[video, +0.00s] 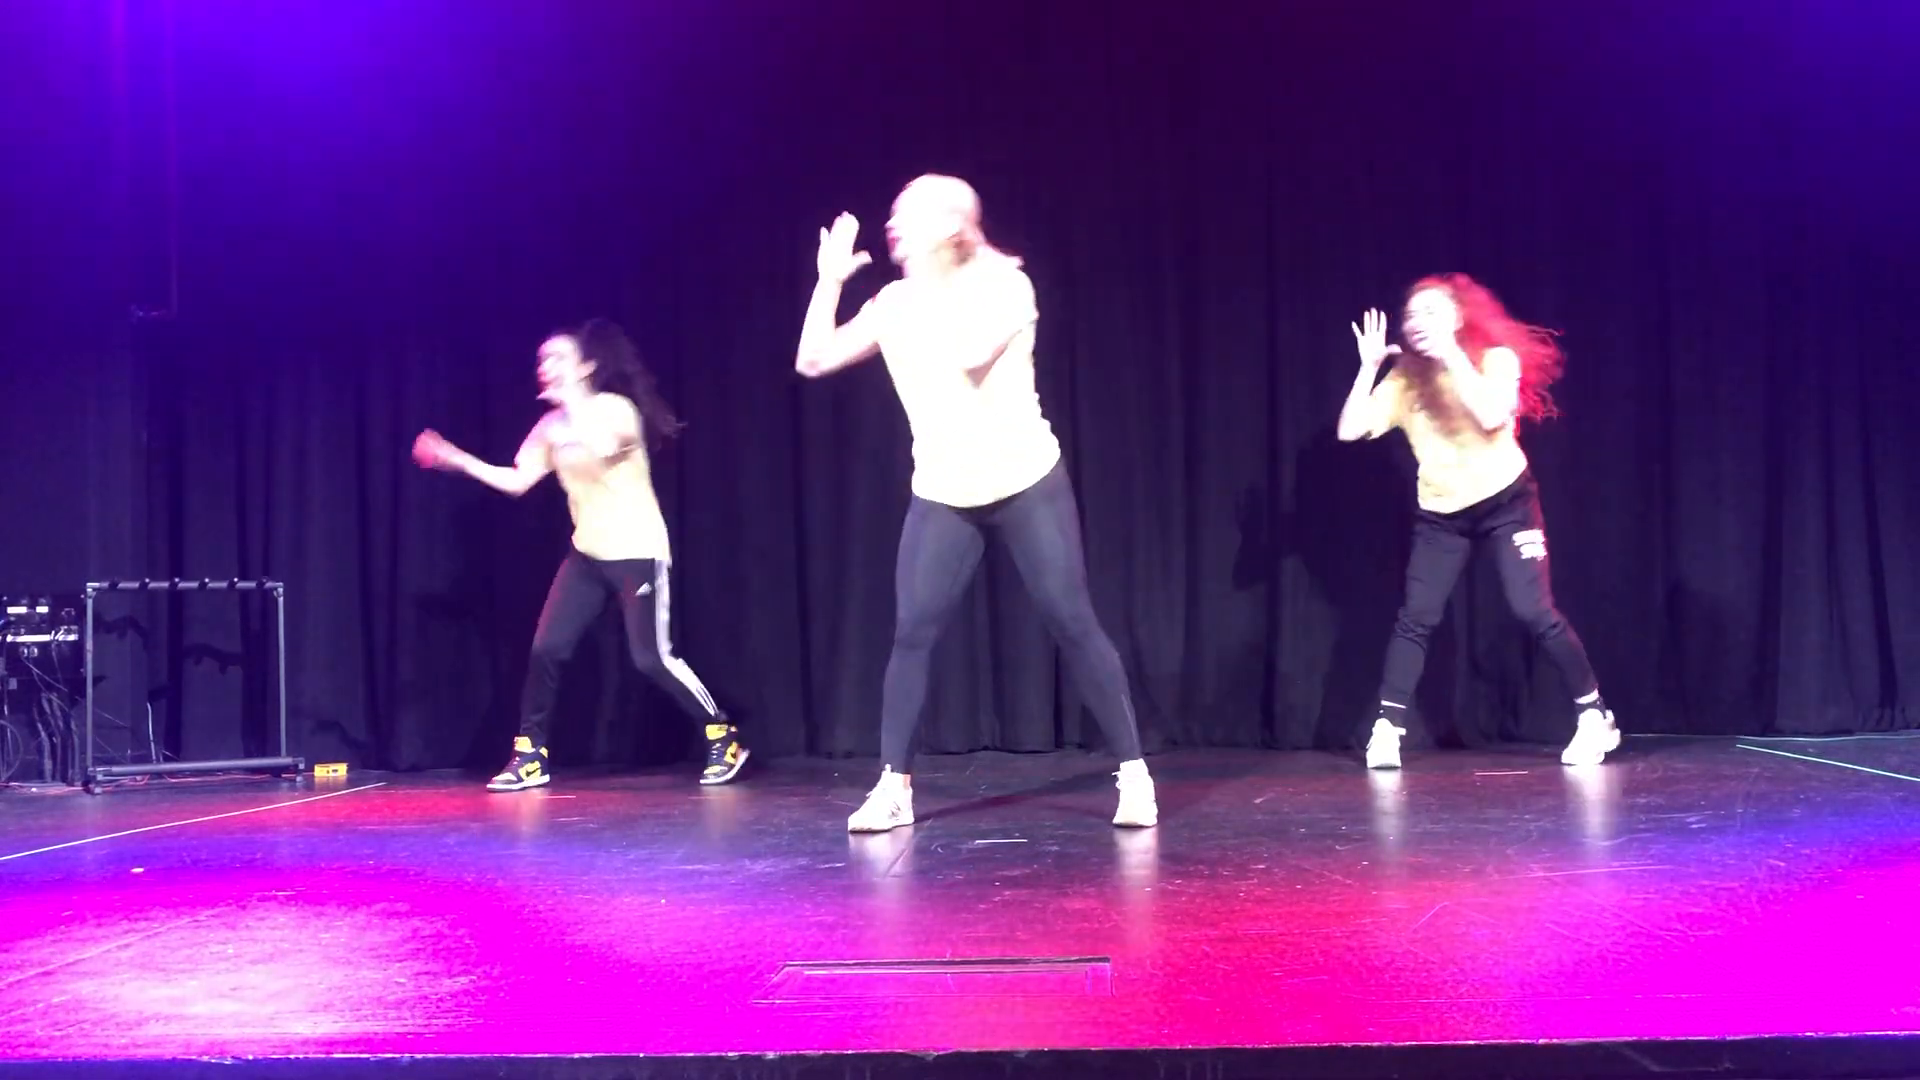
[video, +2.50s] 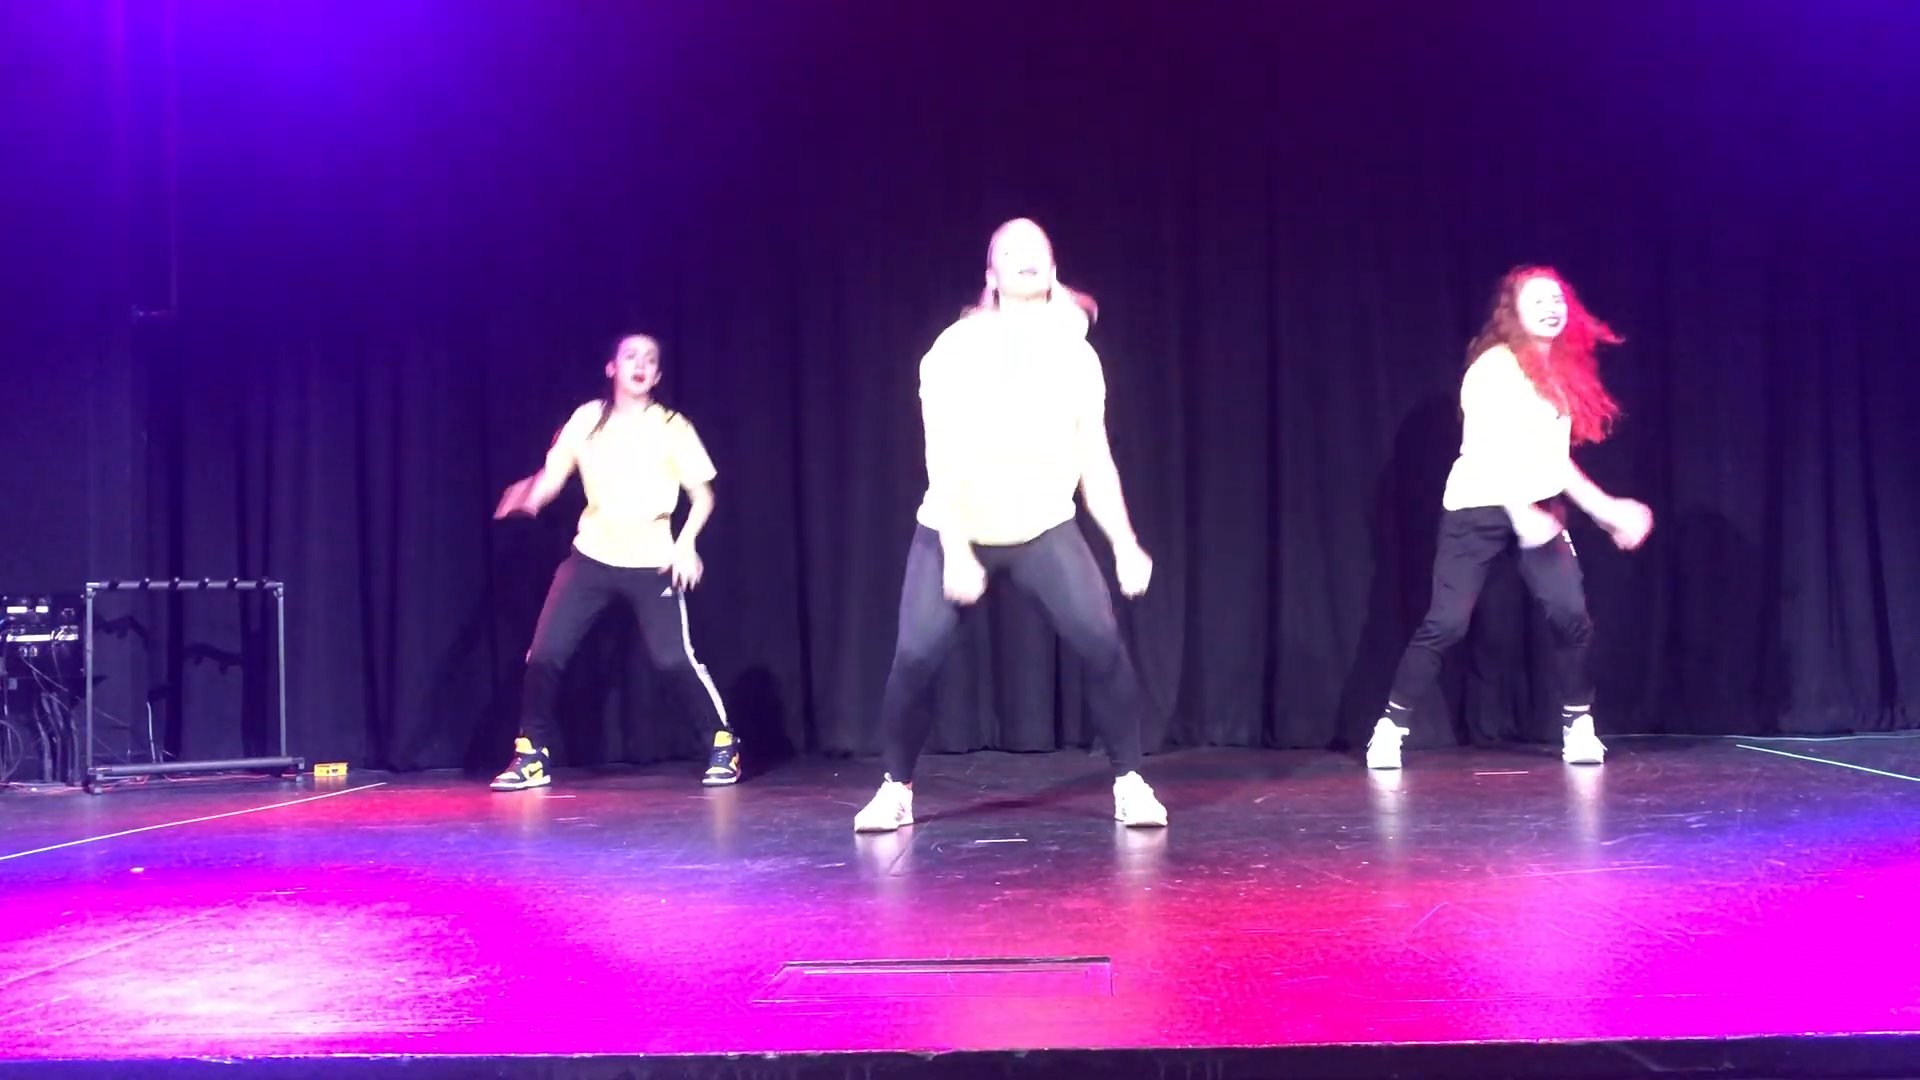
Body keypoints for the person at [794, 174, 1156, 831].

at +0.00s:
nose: (892, 223)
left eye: (907, 212)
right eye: (895, 213)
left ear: (953, 224)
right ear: (909, 229)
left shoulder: (1002, 281)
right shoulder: (892, 304)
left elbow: (975, 358)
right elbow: (813, 359)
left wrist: (947, 273)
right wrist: (830, 280)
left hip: (1025, 479)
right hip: (942, 490)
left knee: (1069, 619)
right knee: (913, 628)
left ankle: (1132, 769)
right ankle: (893, 785)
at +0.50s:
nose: (792, 274)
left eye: (805, 263)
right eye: (794, 264)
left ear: (850, 270)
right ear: (810, 277)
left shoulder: (892, 318)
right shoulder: (830, 343)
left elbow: (851, 396)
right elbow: (780, 426)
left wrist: (806, 330)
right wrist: (781, 349)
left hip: (994, 487)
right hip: (925, 507)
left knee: (1038, 628)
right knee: (893, 632)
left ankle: (1131, 766)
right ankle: (893, 788)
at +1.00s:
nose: (780, 339)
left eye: (789, 324)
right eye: (777, 325)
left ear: (828, 324)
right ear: (782, 336)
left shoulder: (885, 358)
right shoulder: (819, 398)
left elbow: (869, 443)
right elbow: (781, 479)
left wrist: (803, 397)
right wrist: (770, 411)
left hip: (1024, 487)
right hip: (947, 514)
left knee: (1068, 618)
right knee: (914, 638)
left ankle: (1136, 772)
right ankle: (893, 787)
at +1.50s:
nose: (1058, 396)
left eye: (1066, 381)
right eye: (1044, 384)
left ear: (1076, 383)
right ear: (1008, 387)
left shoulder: (1090, 426)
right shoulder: (967, 427)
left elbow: (1141, 530)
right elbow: (935, 531)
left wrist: (1101, 447)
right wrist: (1007, 465)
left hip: (1051, 525)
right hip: (964, 525)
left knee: (1086, 634)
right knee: (929, 634)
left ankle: (1137, 779)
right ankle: (891, 785)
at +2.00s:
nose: (1158, 251)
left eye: (1153, 240)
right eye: (1142, 237)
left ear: (1132, 259)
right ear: (1100, 254)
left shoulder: (1133, 352)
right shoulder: (1055, 292)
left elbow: (1197, 410)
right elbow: (1101, 332)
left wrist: (1184, 322)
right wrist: (1143, 281)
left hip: (1043, 504)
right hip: (960, 492)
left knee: (1083, 632)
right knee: (931, 633)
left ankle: (1131, 778)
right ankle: (891, 782)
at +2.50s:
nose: (1028, 259)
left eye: (1037, 248)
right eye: (1013, 250)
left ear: (1054, 263)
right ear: (992, 270)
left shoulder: (1074, 352)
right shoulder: (951, 351)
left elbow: (1094, 453)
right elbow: (942, 457)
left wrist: (1124, 542)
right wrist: (956, 547)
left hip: (1043, 523)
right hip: (955, 521)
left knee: (1101, 640)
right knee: (916, 653)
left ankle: (1129, 781)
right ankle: (895, 786)